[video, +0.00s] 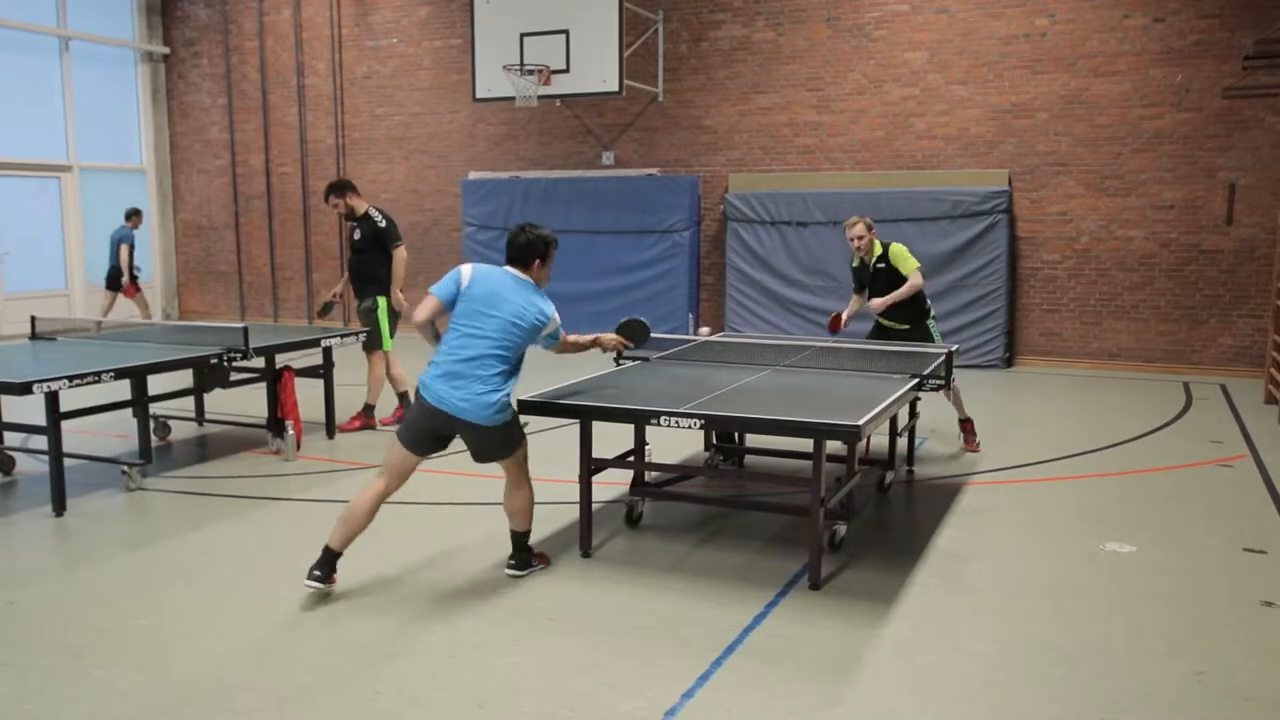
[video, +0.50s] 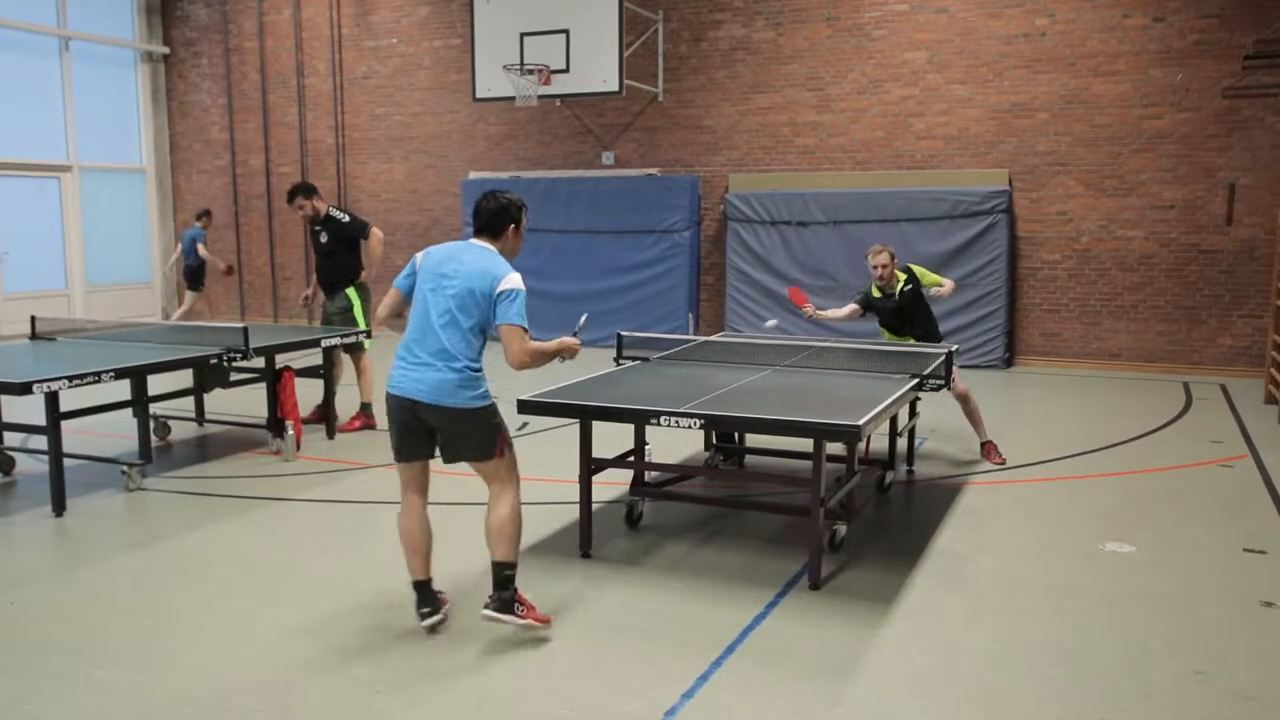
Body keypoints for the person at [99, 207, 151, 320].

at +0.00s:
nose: (141, 222)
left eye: (141, 219)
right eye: (139, 218)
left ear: (130, 219)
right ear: (133, 219)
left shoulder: (117, 232)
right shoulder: (127, 234)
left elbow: (116, 256)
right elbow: (124, 255)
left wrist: (131, 266)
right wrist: (126, 275)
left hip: (113, 271)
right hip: (124, 272)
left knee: (106, 305)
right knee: (143, 306)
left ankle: (95, 329)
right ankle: (149, 335)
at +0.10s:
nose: (156, 223)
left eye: (156, 220)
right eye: (155, 220)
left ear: (146, 220)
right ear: (149, 220)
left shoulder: (134, 233)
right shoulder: (143, 235)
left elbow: (136, 256)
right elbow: (139, 255)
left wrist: (153, 263)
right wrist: (137, 273)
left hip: (130, 273)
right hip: (143, 274)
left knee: (125, 308)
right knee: (160, 307)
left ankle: (108, 326)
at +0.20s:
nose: (170, 220)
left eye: (170, 217)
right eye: (169, 217)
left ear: (159, 217)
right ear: (164, 217)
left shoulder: (148, 229)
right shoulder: (157, 231)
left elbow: (147, 253)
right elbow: (154, 253)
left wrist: (161, 266)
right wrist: (155, 271)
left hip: (146, 268)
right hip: (156, 268)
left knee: (150, 304)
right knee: (166, 303)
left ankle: (131, 319)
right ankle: (163, 331)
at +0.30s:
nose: (183, 218)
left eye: (183, 215)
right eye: (182, 215)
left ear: (172, 214)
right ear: (176, 214)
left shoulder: (161, 227)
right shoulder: (171, 228)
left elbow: (159, 250)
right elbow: (169, 248)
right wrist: (177, 268)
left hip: (159, 265)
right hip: (168, 266)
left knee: (167, 302)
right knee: (170, 302)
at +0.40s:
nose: (196, 220)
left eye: (196, 217)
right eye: (195, 217)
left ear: (184, 216)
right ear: (190, 216)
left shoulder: (173, 229)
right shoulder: (186, 230)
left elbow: (167, 251)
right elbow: (186, 249)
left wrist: (162, 268)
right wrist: (199, 266)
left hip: (173, 265)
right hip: (182, 265)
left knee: (186, 297)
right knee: (177, 297)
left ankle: (188, 323)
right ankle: (165, 326)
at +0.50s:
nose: (210, 223)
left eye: (210, 220)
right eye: (209, 220)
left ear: (198, 219)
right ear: (204, 219)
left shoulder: (186, 233)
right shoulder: (199, 233)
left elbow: (178, 252)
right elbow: (202, 252)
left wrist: (169, 266)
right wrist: (219, 264)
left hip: (188, 269)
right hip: (196, 270)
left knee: (207, 301)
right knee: (187, 304)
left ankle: (213, 325)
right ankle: (169, 325)